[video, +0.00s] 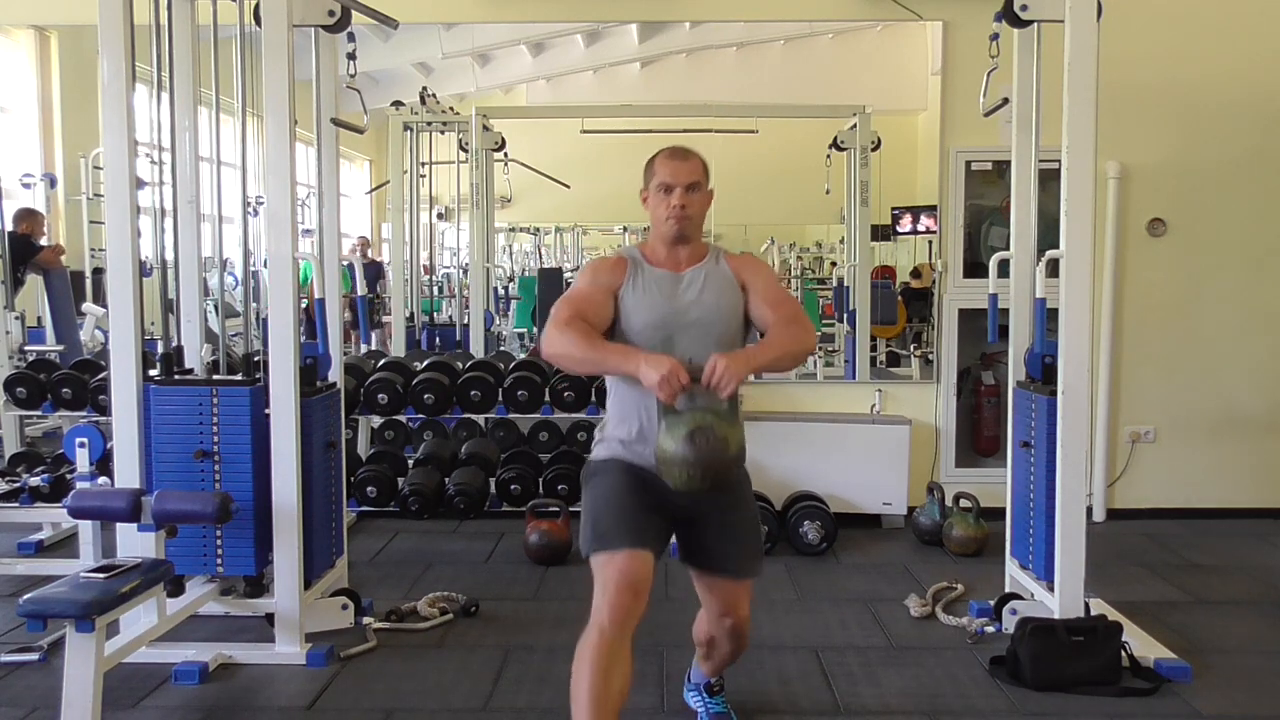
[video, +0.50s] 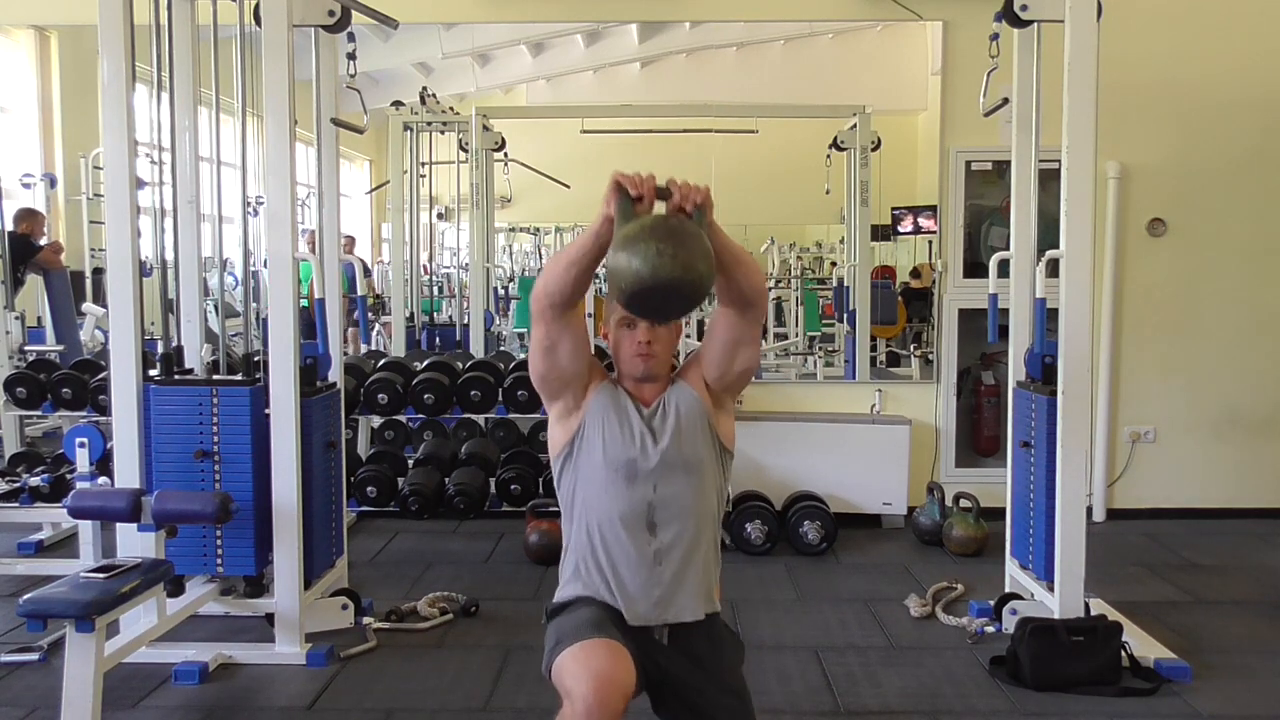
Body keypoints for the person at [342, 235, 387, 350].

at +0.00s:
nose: (360, 248)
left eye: (363, 245)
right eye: (358, 245)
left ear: (369, 246)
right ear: (355, 247)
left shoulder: (377, 265)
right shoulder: (350, 266)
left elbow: (382, 286)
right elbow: (346, 288)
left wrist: (383, 304)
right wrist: (346, 309)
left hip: (372, 300)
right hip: (355, 301)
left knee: (378, 334)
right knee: (355, 336)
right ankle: (355, 361)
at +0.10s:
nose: (356, 248)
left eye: (359, 245)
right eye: (354, 245)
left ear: (364, 246)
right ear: (351, 247)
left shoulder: (373, 265)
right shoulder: (347, 265)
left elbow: (378, 287)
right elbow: (344, 287)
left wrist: (377, 307)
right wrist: (342, 308)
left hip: (369, 303)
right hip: (352, 303)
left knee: (377, 336)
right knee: (354, 338)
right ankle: (356, 361)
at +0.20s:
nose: (352, 247)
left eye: (355, 245)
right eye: (350, 245)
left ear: (361, 246)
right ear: (348, 246)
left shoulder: (370, 265)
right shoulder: (345, 265)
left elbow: (376, 287)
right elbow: (342, 286)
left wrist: (373, 306)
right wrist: (343, 305)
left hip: (366, 304)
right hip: (351, 304)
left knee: (371, 337)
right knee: (353, 338)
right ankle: (355, 362)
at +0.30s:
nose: (350, 248)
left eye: (353, 245)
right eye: (348, 245)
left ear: (358, 246)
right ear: (346, 246)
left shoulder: (367, 264)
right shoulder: (343, 264)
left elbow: (374, 285)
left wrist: (371, 305)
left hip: (363, 302)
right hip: (348, 302)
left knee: (366, 335)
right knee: (352, 335)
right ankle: (355, 360)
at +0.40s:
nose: (346, 248)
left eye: (349, 245)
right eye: (344, 245)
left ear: (356, 246)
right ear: (342, 246)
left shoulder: (364, 265)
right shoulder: (340, 264)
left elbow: (370, 287)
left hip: (359, 303)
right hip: (345, 303)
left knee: (358, 335)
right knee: (349, 335)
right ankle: (352, 357)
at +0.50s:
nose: (343, 248)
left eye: (346, 245)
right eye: (342, 245)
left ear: (353, 246)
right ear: (341, 246)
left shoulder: (360, 263)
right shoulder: (339, 263)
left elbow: (369, 281)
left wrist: (373, 294)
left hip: (356, 302)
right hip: (341, 301)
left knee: (352, 334)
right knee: (342, 334)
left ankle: (353, 362)